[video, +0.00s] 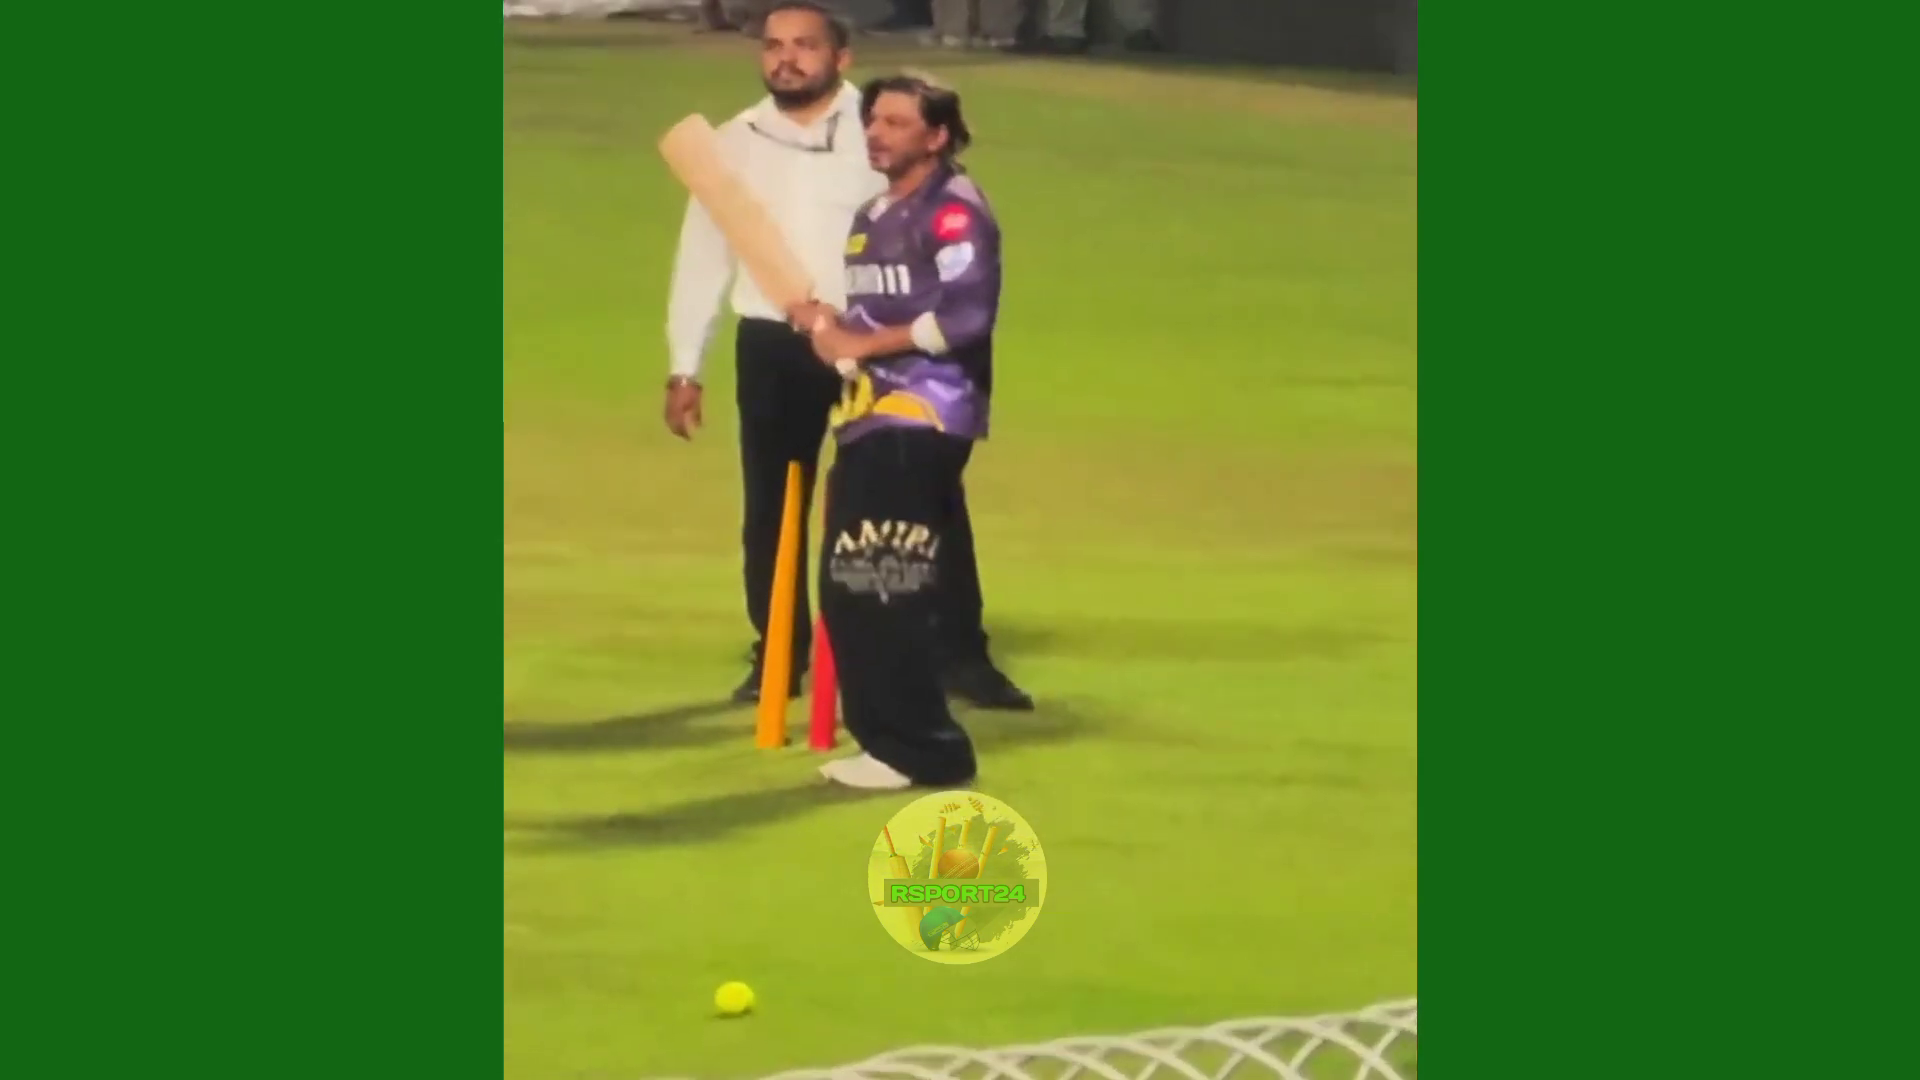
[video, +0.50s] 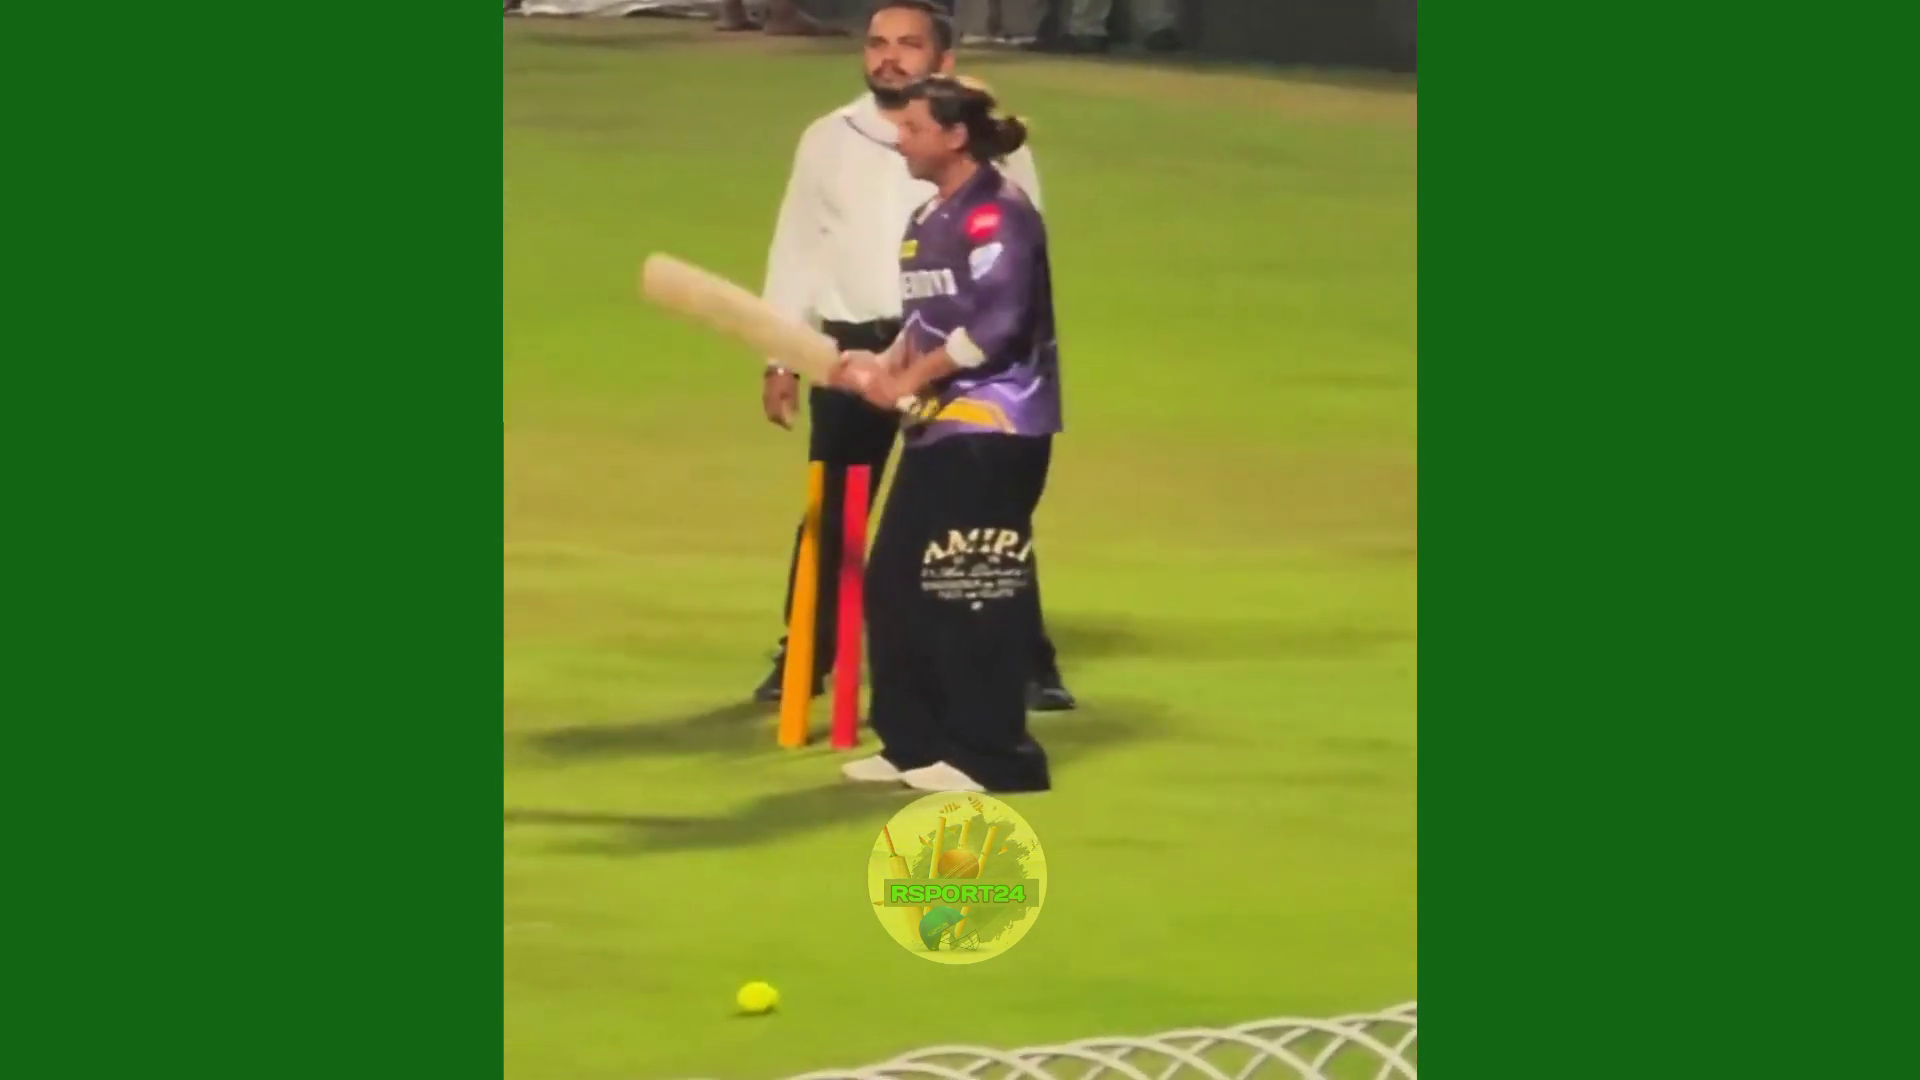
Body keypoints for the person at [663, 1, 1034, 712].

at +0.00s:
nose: (785, 58)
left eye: (802, 45)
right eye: (774, 46)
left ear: (839, 56)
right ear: (761, 56)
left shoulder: (880, 133)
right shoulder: (736, 143)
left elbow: (944, 236)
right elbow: (702, 257)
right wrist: (685, 368)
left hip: (874, 345)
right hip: (775, 345)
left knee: (932, 506)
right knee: (772, 510)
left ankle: (962, 656)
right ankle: (778, 656)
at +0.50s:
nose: (888, 58)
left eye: (906, 44)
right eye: (877, 44)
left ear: (943, 57)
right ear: (862, 53)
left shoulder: (987, 137)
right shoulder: (827, 139)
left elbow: (1023, 249)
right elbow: (794, 249)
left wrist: (996, 345)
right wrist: (784, 359)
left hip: (955, 346)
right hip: (850, 343)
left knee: (994, 518)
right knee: (834, 522)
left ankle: (1031, 665)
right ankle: (802, 664)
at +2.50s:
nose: (837, 139)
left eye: (853, 126)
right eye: (822, 126)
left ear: (880, 135)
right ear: (804, 135)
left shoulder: (927, 212)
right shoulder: (765, 216)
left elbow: (973, 324)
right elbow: (708, 290)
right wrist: (733, 383)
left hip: (900, 430)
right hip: (794, 429)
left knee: (945, 603)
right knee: (772, 598)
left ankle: (974, 755)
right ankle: (752, 747)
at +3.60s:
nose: (768, 165)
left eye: (785, 151)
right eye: (752, 151)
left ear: (813, 156)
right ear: (735, 158)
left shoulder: (864, 238)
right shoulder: (698, 238)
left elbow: (906, 340)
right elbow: (656, 325)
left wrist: (851, 416)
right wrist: (670, 386)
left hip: (839, 456)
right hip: (729, 456)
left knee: (881, 621)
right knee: (699, 614)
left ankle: (914, 775)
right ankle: (679, 761)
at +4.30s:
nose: (736, 121)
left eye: (752, 107)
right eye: (721, 108)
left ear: (780, 116)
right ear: (701, 116)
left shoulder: (832, 198)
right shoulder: (664, 202)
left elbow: (864, 312)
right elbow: (633, 316)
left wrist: (839, 410)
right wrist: (610, 422)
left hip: (802, 408)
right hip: (694, 412)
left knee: (846, 574)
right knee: (666, 573)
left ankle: (886, 722)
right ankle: (656, 719)